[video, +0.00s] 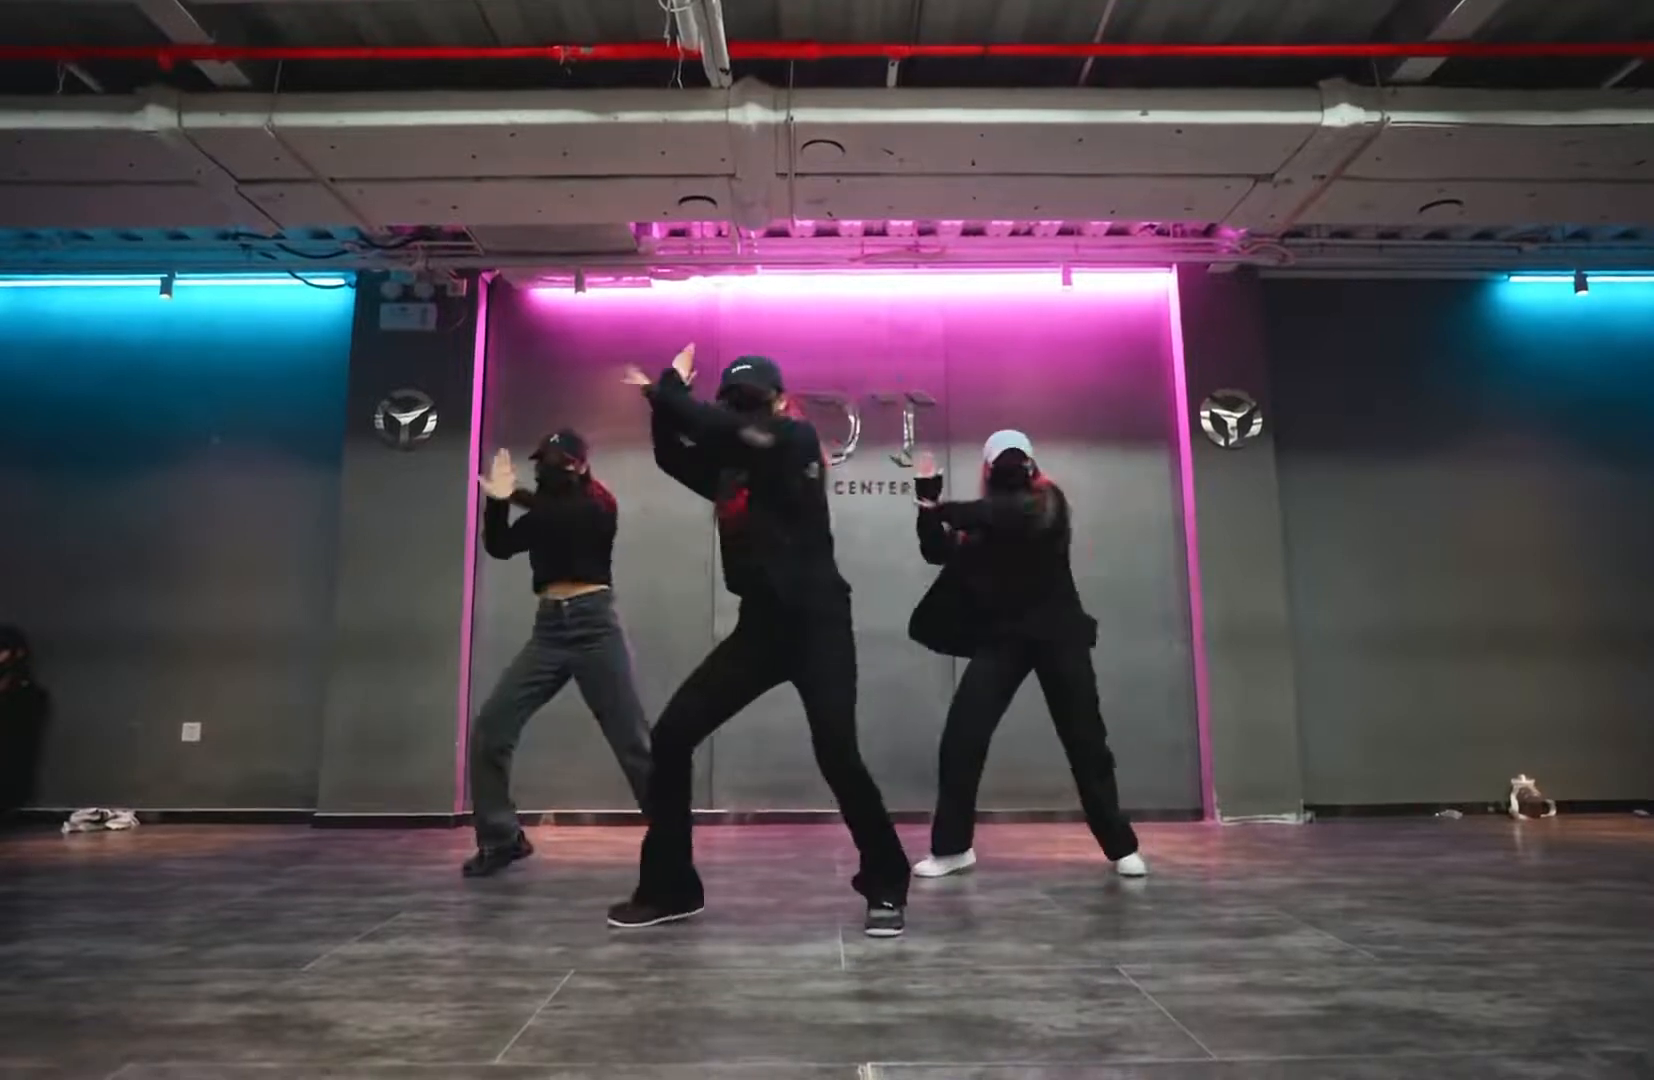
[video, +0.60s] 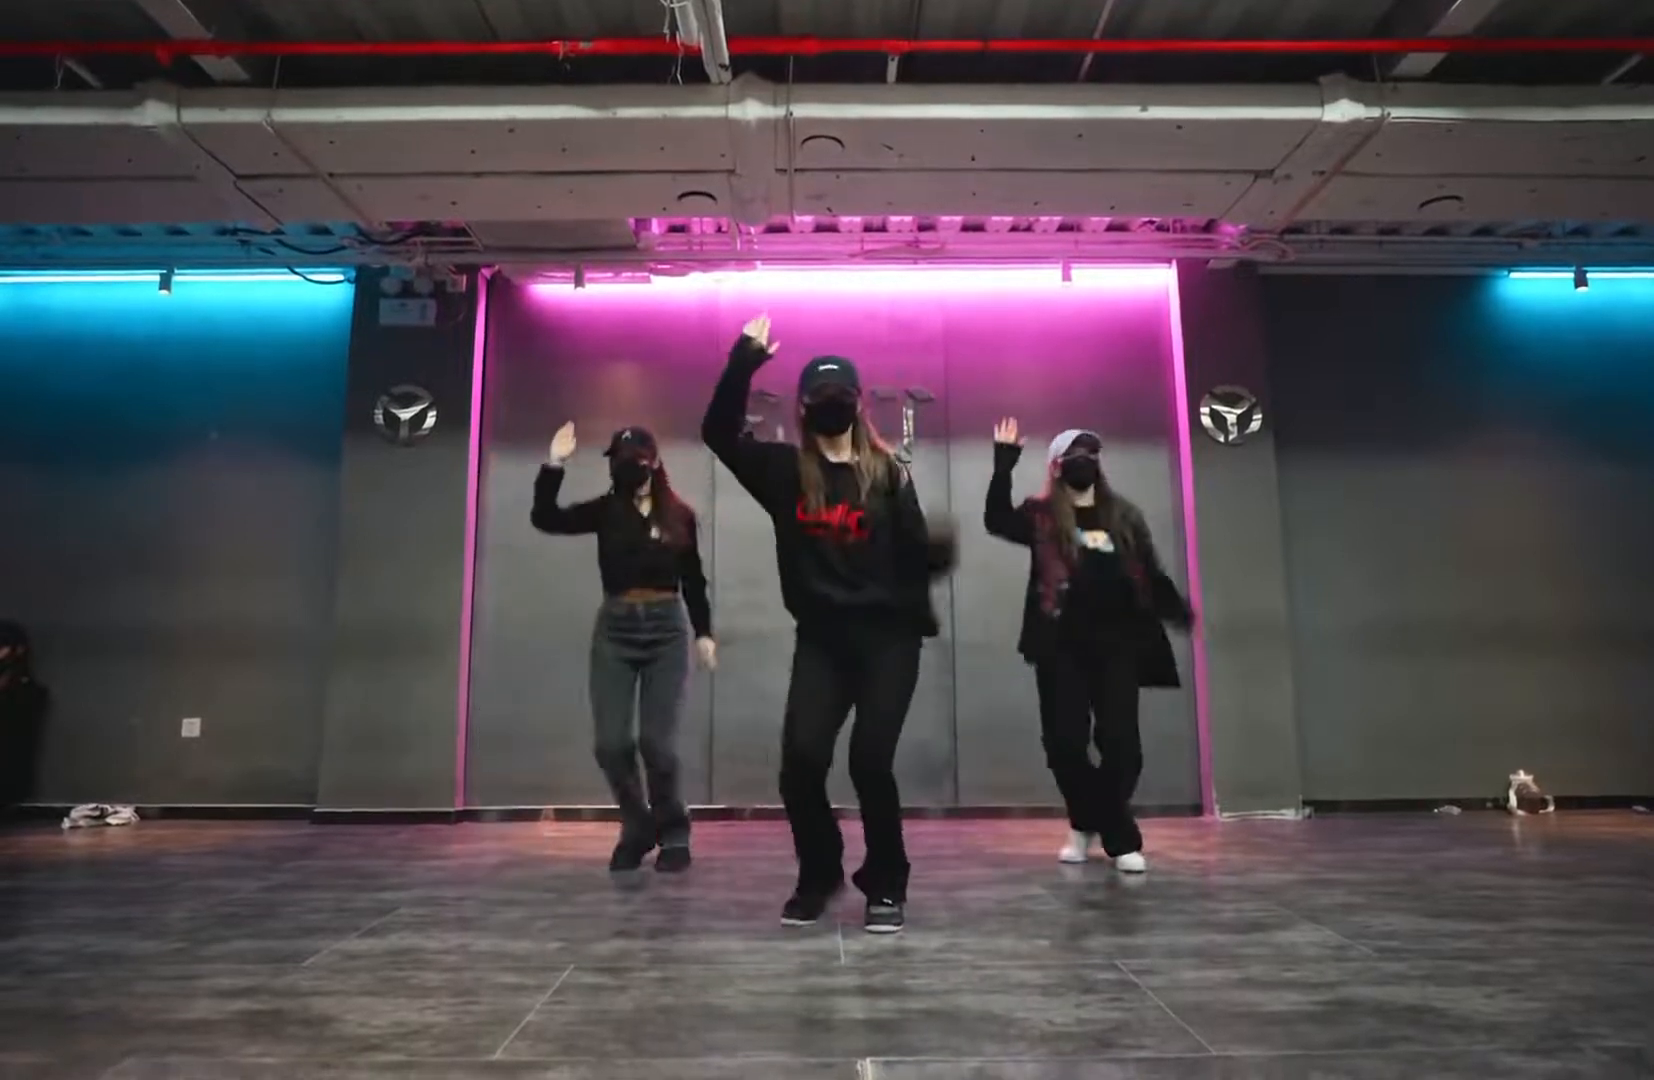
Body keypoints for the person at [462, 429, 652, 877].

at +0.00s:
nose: (541, 471)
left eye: (549, 464)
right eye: (540, 463)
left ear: (573, 465)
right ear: (544, 466)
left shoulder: (597, 504)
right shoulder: (545, 508)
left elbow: (564, 509)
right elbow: (499, 546)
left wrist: (517, 495)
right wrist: (496, 499)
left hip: (595, 627)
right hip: (550, 629)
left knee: (632, 741)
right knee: (491, 728)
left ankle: (675, 841)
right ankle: (500, 839)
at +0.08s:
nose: (547, 469)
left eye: (555, 460)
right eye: (544, 461)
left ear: (577, 462)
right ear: (543, 465)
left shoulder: (600, 491)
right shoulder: (542, 509)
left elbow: (591, 490)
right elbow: (495, 535)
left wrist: (553, 467)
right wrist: (495, 485)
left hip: (598, 626)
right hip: (552, 630)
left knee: (635, 746)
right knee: (492, 728)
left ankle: (677, 842)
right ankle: (501, 838)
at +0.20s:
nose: (560, 459)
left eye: (568, 451)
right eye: (557, 453)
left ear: (589, 459)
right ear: (553, 463)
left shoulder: (614, 494)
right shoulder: (550, 508)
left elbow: (642, 455)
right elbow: (498, 521)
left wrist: (596, 442)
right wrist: (504, 470)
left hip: (612, 625)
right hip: (563, 627)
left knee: (642, 746)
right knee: (505, 728)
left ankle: (673, 845)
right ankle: (502, 841)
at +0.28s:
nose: (599, 453)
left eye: (602, 446)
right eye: (589, 446)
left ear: (608, 459)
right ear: (570, 460)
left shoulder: (629, 492)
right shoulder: (561, 507)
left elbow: (667, 456)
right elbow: (508, 516)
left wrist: (629, 432)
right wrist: (516, 462)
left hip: (629, 626)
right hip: (578, 628)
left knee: (649, 746)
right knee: (525, 733)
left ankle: (676, 847)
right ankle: (504, 842)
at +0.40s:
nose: (603, 463)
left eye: (611, 456)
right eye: (596, 456)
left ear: (626, 460)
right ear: (585, 461)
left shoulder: (651, 497)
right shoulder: (580, 508)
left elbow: (707, 495)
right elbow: (527, 521)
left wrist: (678, 454)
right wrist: (534, 465)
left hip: (651, 626)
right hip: (600, 627)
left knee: (660, 742)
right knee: (553, 729)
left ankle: (675, 843)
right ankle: (526, 832)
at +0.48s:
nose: (612, 470)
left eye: (621, 462)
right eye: (606, 462)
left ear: (637, 461)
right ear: (596, 462)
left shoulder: (661, 502)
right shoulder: (593, 508)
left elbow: (707, 550)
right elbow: (536, 524)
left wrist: (698, 506)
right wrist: (544, 471)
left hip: (658, 626)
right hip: (609, 626)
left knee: (659, 742)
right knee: (574, 725)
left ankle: (674, 841)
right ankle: (579, 817)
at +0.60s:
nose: (632, 467)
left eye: (639, 459)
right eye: (623, 460)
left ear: (654, 462)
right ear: (611, 465)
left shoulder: (679, 515)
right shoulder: (604, 510)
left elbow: (692, 578)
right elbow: (545, 518)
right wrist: (554, 464)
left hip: (668, 631)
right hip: (615, 631)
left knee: (656, 741)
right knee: (610, 745)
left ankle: (674, 836)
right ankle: (637, 828)